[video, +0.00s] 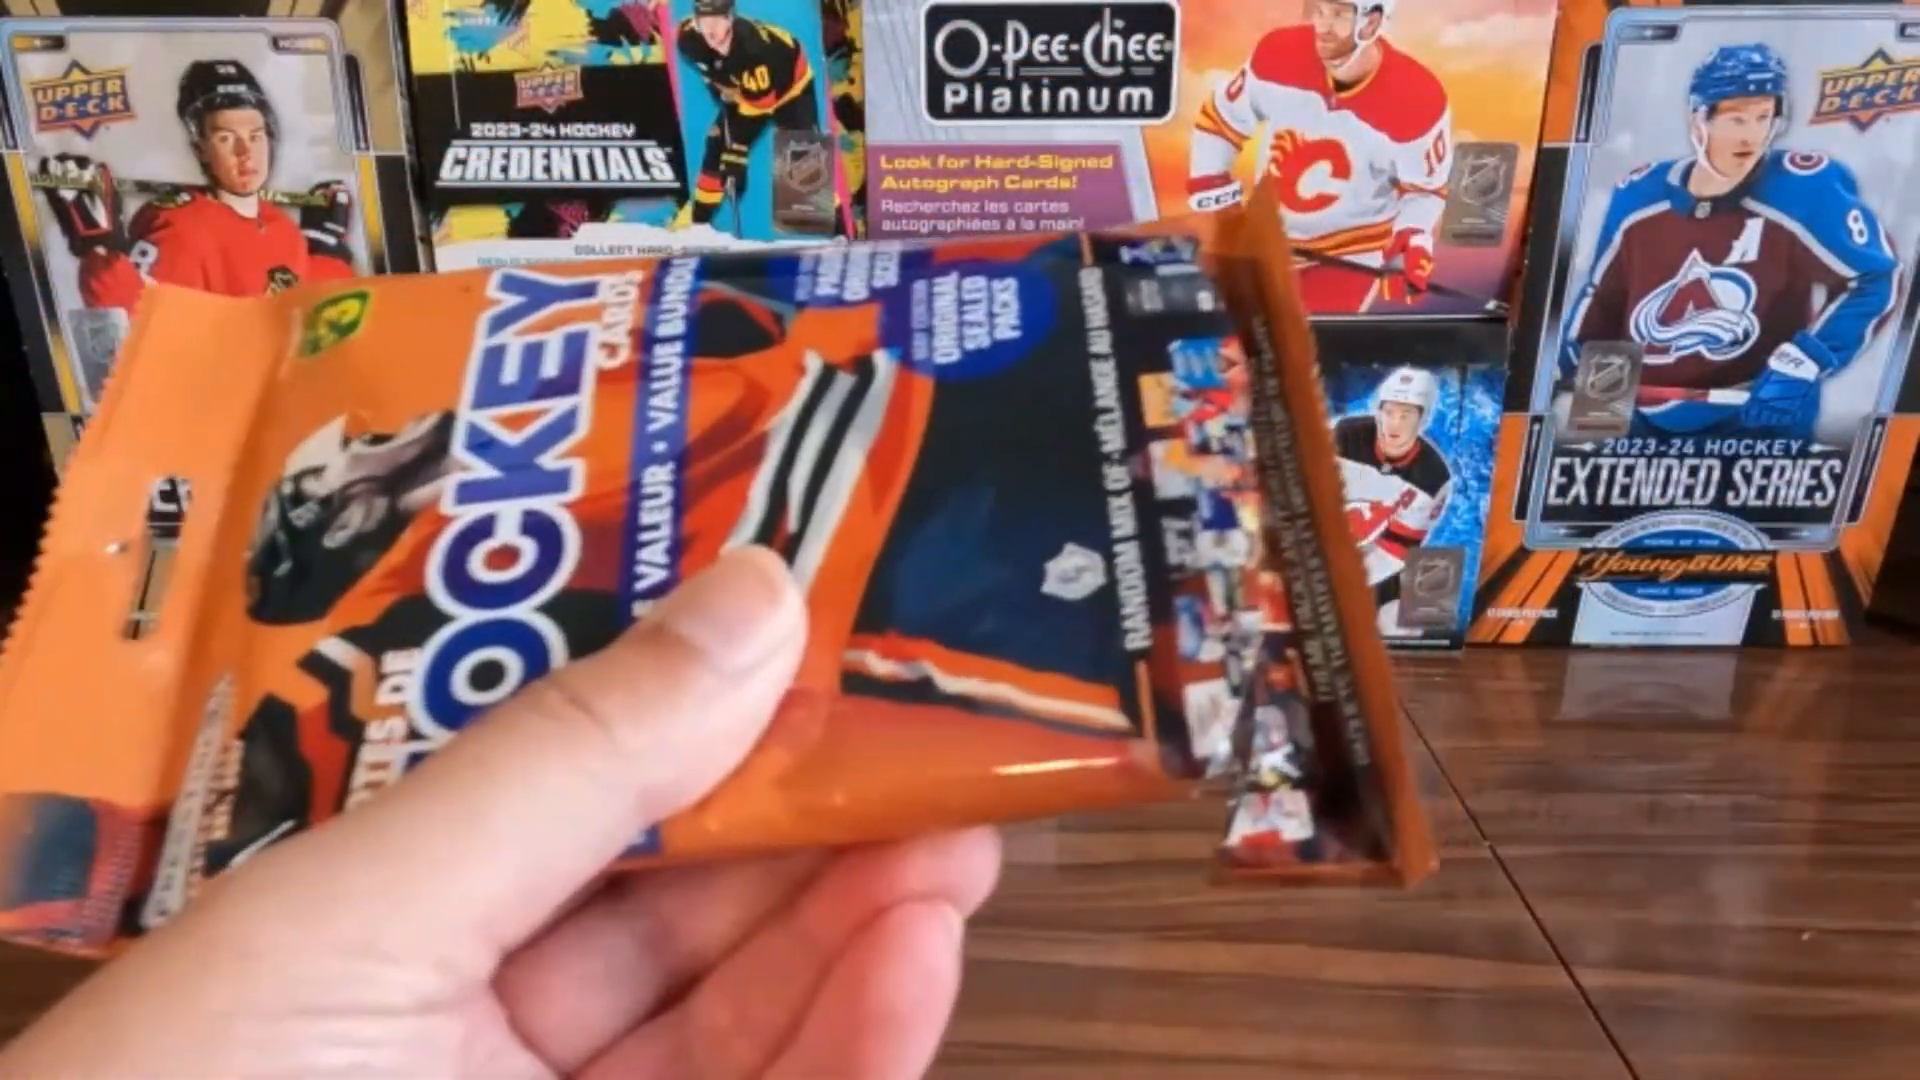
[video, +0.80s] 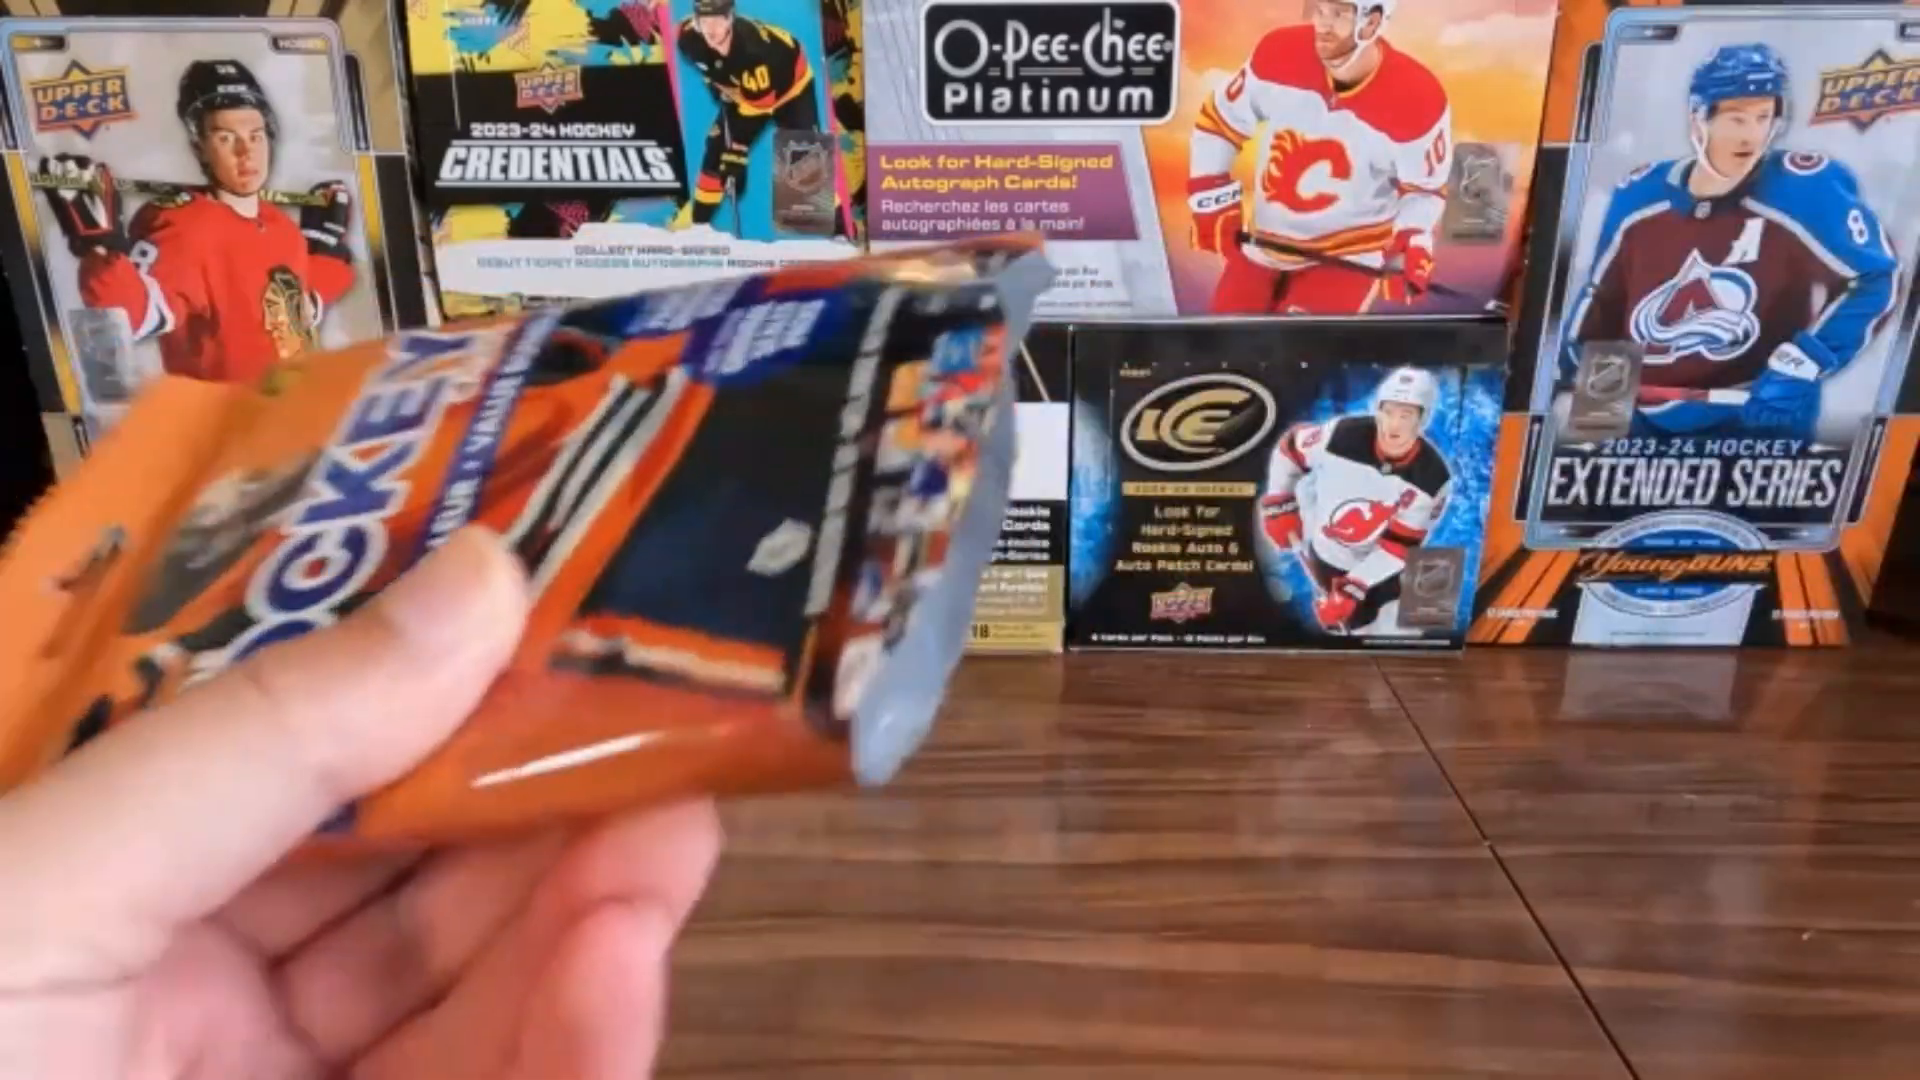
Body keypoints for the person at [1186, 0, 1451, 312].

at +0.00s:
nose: (1323, 27)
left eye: (1339, 14)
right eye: (1317, 11)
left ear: (1373, 21)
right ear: (1309, 11)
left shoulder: (1416, 96)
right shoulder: (1276, 56)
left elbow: (1423, 190)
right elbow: (1216, 125)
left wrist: (1414, 248)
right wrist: (1221, 215)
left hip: (1356, 259)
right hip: (1269, 248)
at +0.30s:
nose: (1322, 26)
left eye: (1339, 14)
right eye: (1317, 11)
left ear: (1373, 23)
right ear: (1308, 10)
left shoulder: (1417, 96)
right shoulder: (1277, 55)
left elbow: (1424, 190)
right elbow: (1216, 126)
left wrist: (1413, 250)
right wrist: (1217, 217)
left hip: (1354, 260)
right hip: (1270, 245)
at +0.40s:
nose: (1324, 26)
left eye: (1339, 14)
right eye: (1319, 11)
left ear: (1372, 21)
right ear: (1309, 11)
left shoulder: (1419, 98)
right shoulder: (1277, 53)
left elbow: (1424, 200)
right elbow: (1217, 125)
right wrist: (1204, 207)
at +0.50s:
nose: (1323, 26)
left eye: (1339, 14)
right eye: (1317, 11)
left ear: (1373, 23)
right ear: (1308, 11)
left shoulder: (1417, 95)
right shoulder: (1277, 56)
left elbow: (1423, 191)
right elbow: (1216, 125)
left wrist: (1415, 250)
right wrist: (1214, 203)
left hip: (1348, 261)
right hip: (1262, 248)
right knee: (1214, 362)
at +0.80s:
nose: (1323, 26)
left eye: (1339, 14)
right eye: (1318, 11)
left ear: (1373, 22)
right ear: (1309, 11)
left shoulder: (1417, 96)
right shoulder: (1277, 55)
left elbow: (1423, 190)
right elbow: (1216, 124)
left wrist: (1415, 249)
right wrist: (1213, 202)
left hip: (1347, 261)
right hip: (1261, 248)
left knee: (1288, 365)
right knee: (1222, 357)